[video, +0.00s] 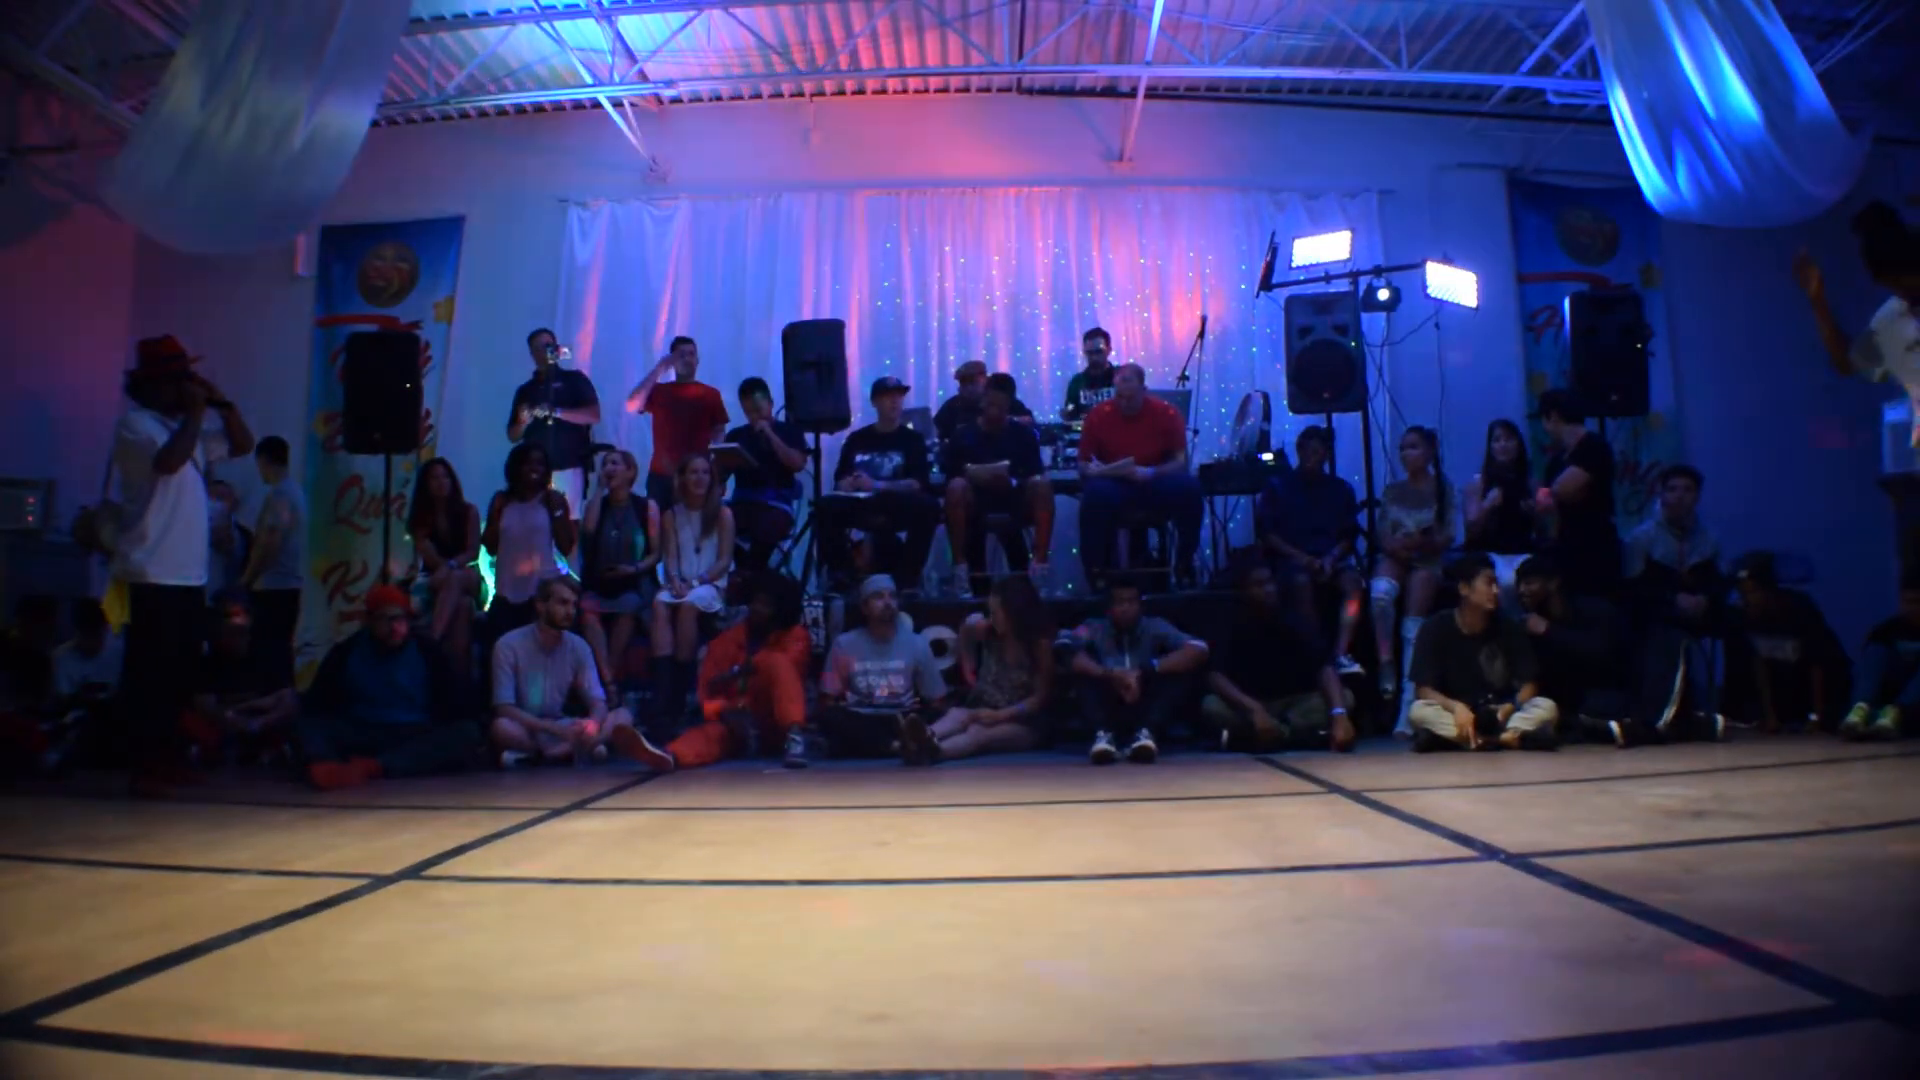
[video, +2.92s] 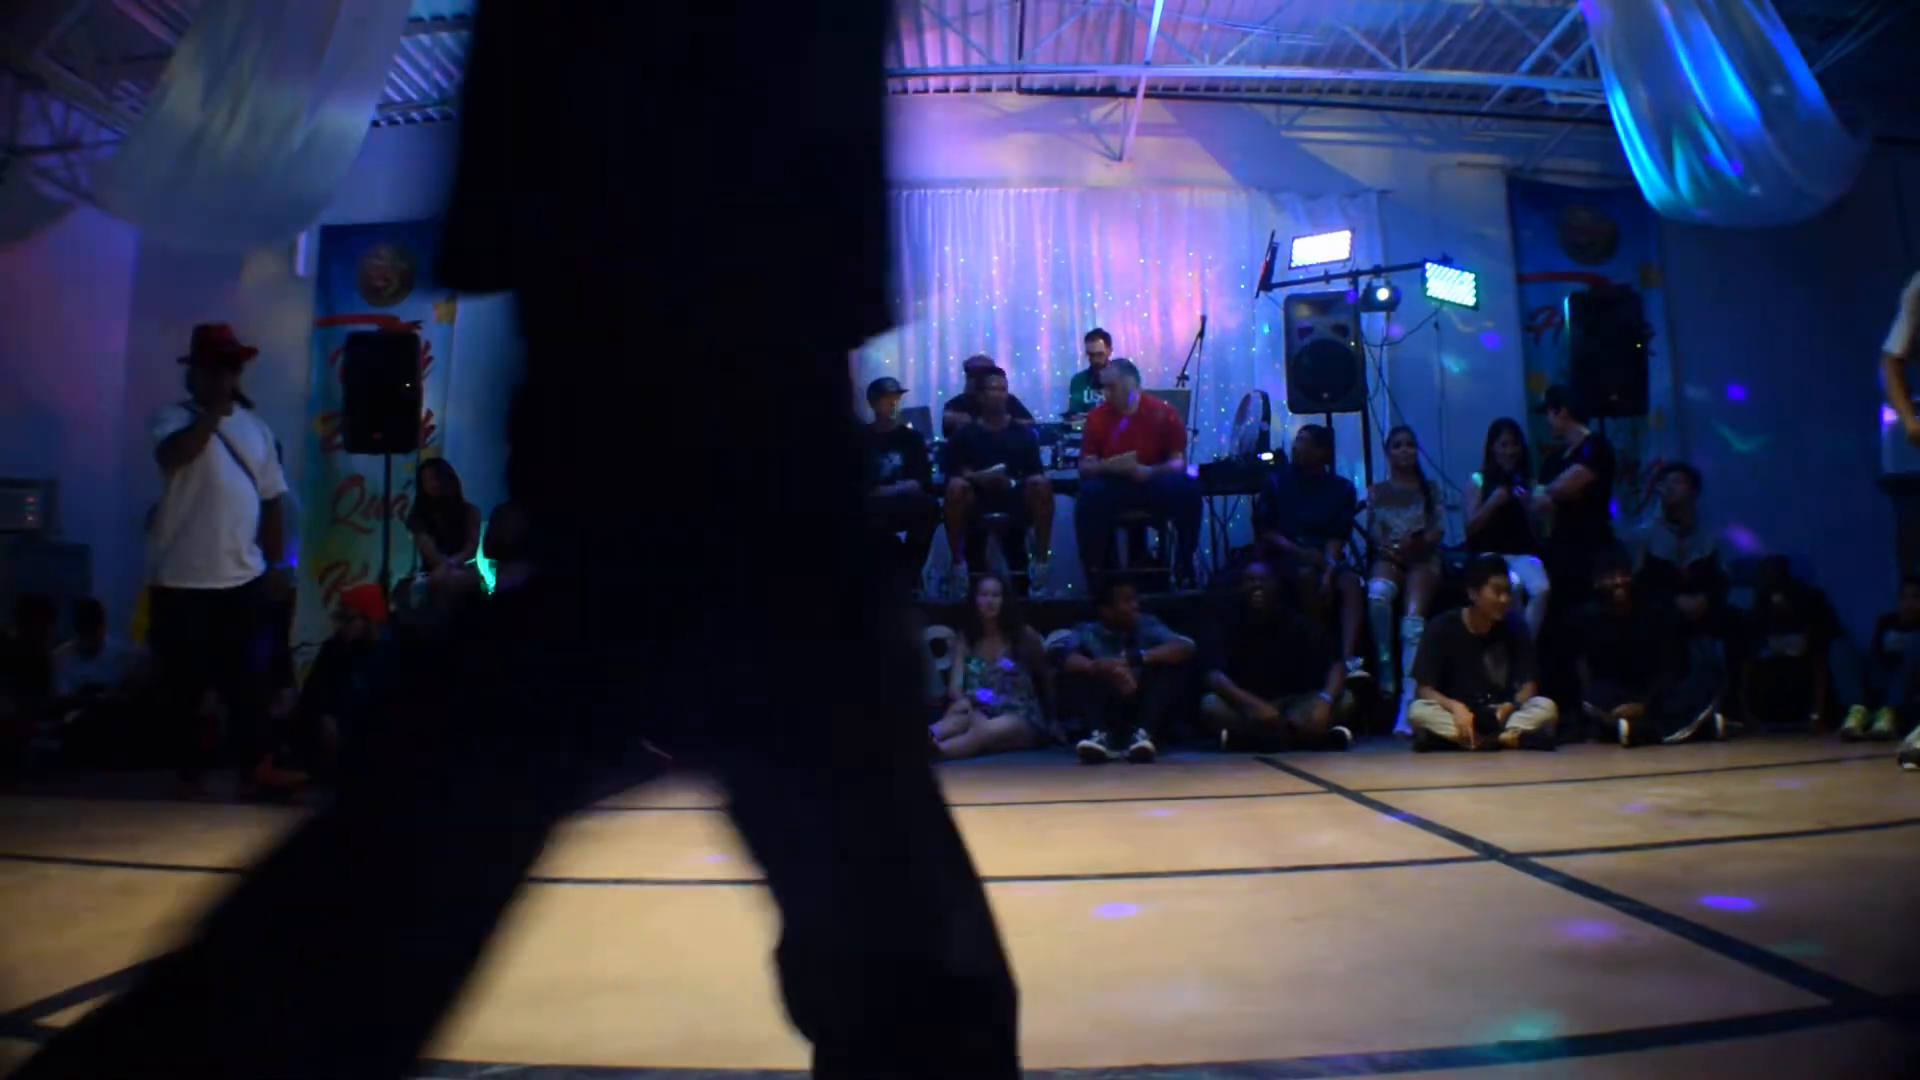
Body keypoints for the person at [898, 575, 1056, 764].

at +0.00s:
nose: (992, 619)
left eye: (996, 612)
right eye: (991, 612)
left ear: (1014, 611)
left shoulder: (1038, 646)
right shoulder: (989, 634)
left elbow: (1040, 699)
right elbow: (967, 629)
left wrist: (998, 715)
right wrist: (969, 677)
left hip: (1021, 717)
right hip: (986, 707)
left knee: (980, 733)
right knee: (957, 715)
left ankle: (933, 752)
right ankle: (921, 737)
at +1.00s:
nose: (983, 618)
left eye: (988, 612)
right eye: (983, 612)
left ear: (1007, 612)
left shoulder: (1030, 638)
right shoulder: (979, 627)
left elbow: (1036, 690)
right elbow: (959, 647)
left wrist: (996, 714)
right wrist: (954, 684)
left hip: (1021, 713)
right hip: (985, 704)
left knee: (979, 736)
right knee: (961, 715)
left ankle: (934, 752)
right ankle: (922, 738)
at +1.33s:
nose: (981, 613)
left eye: (987, 606)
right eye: (978, 606)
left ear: (1001, 605)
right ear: (973, 606)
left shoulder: (1020, 636)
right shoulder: (970, 633)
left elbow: (1031, 682)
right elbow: (957, 669)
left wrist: (995, 714)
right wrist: (956, 700)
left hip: (1013, 713)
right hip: (975, 708)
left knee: (981, 736)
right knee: (952, 726)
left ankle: (934, 752)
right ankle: (925, 738)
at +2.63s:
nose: (994, 600)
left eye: (999, 595)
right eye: (988, 595)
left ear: (1008, 599)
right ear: (978, 599)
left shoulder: (1023, 636)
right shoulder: (969, 636)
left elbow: (1046, 682)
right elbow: (956, 687)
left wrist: (1020, 712)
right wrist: (964, 707)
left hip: (1014, 713)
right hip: (978, 712)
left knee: (988, 734)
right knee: (960, 718)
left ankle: (934, 751)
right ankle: (924, 736)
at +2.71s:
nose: (992, 601)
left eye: (998, 595)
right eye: (986, 595)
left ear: (1007, 599)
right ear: (977, 599)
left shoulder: (1023, 634)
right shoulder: (969, 634)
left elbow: (1050, 675)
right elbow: (956, 686)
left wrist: (1043, 712)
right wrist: (963, 704)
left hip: (1017, 709)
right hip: (979, 707)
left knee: (983, 735)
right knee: (962, 719)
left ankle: (936, 751)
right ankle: (923, 736)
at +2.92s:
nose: (990, 601)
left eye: (996, 595)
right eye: (984, 595)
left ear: (1005, 600)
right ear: (974, 600)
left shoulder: (1023, 635)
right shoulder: (966, 638)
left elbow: (1044, 677)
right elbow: (954, 689)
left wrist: (1052, 721)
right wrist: (968, 704)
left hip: (1018, 711)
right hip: (978, 708)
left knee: (984, 733)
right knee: (959, 718)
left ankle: (936, 752)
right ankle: (926, 735)